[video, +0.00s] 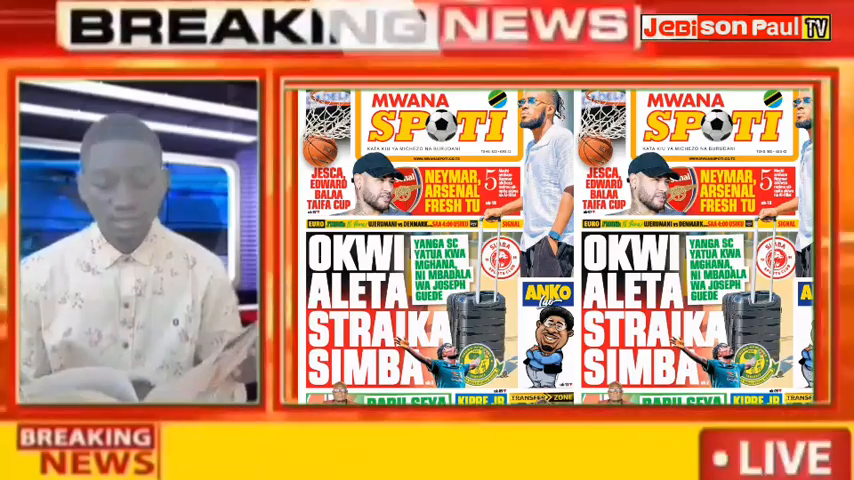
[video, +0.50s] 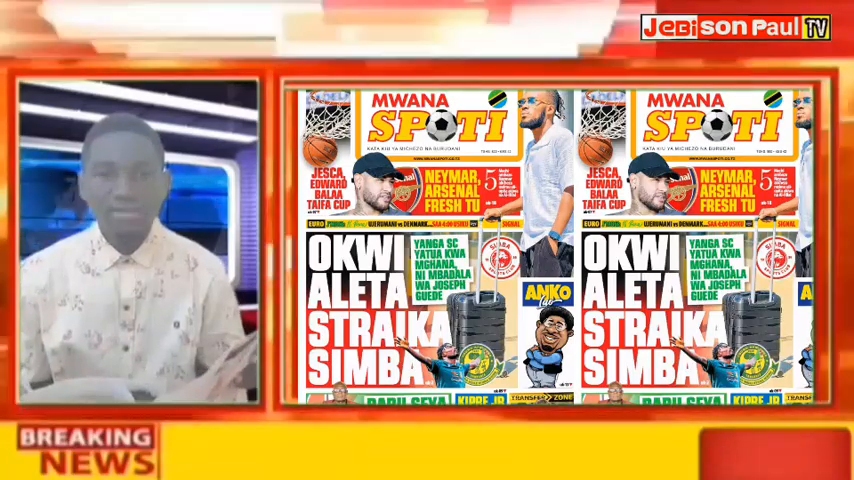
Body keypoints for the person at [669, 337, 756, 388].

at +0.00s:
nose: (728, 349)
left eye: (729, 347)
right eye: (724, 347)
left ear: (731, 351)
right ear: (718, 353)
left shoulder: (737, 366)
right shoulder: (714, 364)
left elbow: (750, 365)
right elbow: (698, 359)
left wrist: (754, 359)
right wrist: (684, 348)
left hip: (736, 401)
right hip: (720, 401)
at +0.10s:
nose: (728, 349)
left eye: (729, 347)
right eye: (724, 347)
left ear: (731, 351)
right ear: (718, 353)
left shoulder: (737, 366)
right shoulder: (714, 364)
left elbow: (750, 365)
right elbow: (698, 359)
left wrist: (754, 359)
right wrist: (684, 348)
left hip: (736, 401)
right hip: (720, 401)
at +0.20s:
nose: (728, 349)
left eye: (729, 347)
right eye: (724, 347)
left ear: (731, 351)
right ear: (718, 353)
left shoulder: (737, 366)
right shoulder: (714, 364)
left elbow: (750, 365)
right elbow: (698, 359)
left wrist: (754, 359)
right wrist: (684, 348)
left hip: (736, 401)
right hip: (720, 401)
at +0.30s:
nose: (729, 348)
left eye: (729, 347)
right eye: (724, 347)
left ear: (731, 351)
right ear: (718, 353)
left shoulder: (737, 366)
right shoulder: (714, 364)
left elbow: (749, 365)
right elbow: (698, 359)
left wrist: (754, 359)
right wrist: (684, 348)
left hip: (736, 401)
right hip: (720, 401)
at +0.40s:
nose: (729, 348)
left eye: (729, 347)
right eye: (724, 347)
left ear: (731, 351)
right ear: (718, 353)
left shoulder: (737, 366)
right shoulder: (714, 364)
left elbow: (749, 365)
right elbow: (698, 359)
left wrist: (754, 359)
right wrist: (684, 348)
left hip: (736, 401)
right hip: (720, 401)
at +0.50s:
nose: (729, 348)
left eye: (729, 347)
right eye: (724, 347)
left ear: (731, 351)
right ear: (718, 353)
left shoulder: (737, 366)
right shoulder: (714, 364)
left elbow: (749, 365)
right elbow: (698, 359)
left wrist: (754, 359)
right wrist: (684, 348)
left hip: (736, 401)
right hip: (720, 401)